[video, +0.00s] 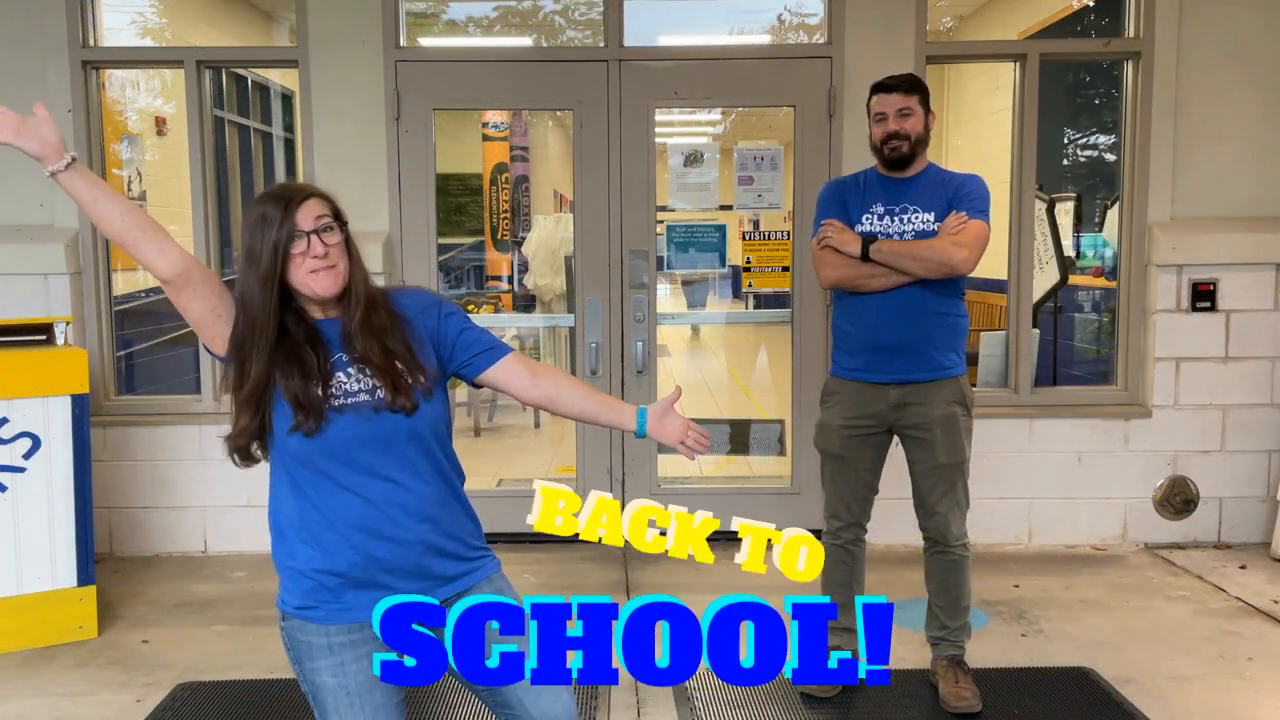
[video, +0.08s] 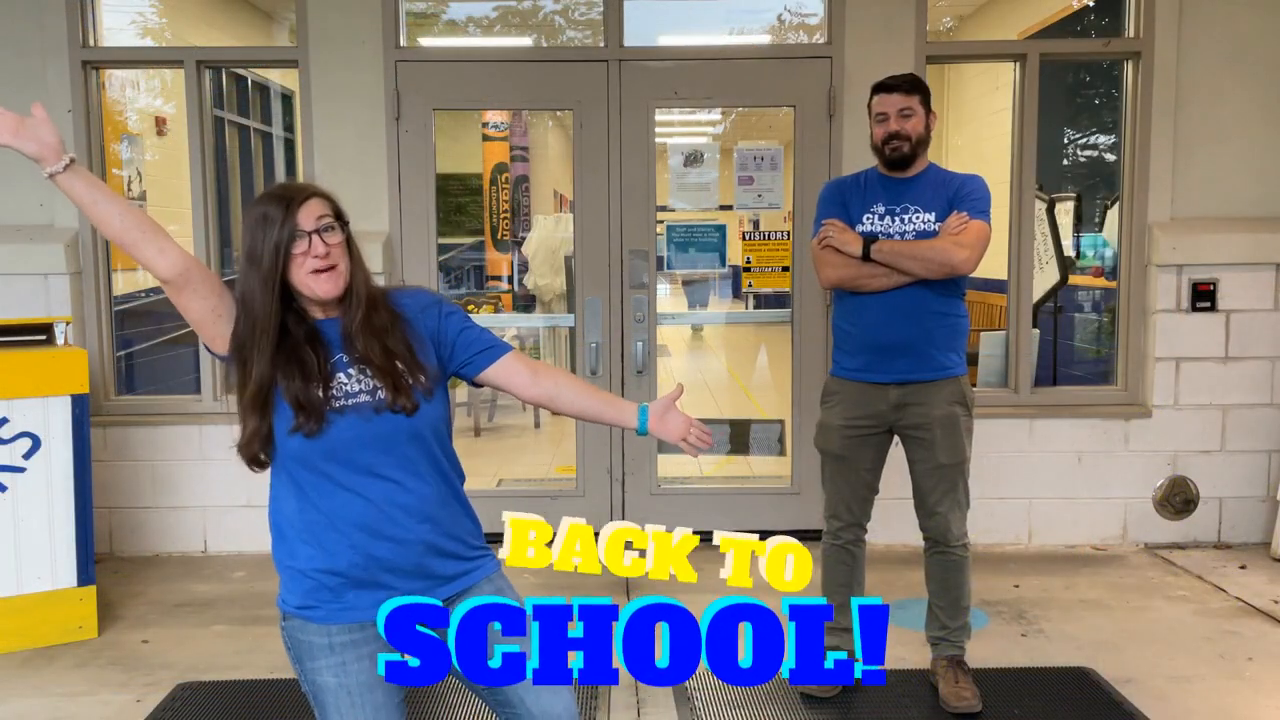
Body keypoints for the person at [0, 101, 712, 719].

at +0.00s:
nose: (319, 246)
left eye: (327, 230)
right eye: (299, 239)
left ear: (348, 238)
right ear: (271, 260)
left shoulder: (416, 314)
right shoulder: (262, 339)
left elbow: (527, 377)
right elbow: (170, 264)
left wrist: (645, 419)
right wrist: (64, 165)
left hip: (461, 579)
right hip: (337, 601)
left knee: (553, 699)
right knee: (366, 711)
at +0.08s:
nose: (320, 246)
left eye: (328, 229)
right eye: (299, 240)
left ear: (349, 237)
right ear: (272, 261)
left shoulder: (417, 314)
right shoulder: (264, 338)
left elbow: (529, 377)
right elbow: (170, 264)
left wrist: (647, 417)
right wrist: (61, 165)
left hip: (462, 578)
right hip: (338, 602)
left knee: (554, 697)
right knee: (366, 711)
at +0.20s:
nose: (323, 244)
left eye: (331, 227)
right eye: (302, 238)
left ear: (354, 235)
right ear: (277, 260)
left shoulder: (421, 317)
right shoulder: (266, 335)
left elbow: (531, 379)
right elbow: (158, 260)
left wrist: (652, 410)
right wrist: (39, 168)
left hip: (458, 587)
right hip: (337, 609)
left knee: (556, 699)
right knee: (366, 716)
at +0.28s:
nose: (326, 241)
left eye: (334, 225)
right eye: (306, 234)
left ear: (358, 233)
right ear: (284, 257)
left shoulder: (422, 322)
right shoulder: (270, 326)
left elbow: (529, 379)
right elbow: (151, 260)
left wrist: (648, 402)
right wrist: (26, 186)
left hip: (451, 594)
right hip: (334, 610)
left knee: (553, 695)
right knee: (367, 715)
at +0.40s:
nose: (319, 249)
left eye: (330, 230)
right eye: (301, 243)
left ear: (364, 238)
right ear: (289, 265)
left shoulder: (424, 334)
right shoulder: (282, 329)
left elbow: (530, 387)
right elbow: (152, 269)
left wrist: (648, 392)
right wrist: (18, 217)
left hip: (436, 597)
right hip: (330, 609)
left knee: (553, 689)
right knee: (376, 716)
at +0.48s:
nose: (320, 255)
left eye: (332, 236)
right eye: (304, 247)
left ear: (366, 243)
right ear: (291, 266)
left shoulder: (426, 339)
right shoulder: (282, 332)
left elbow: (538, 390)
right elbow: (154, 273)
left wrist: (649, 397)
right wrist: (18, 218)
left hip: (436, 595)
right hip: (331, 606)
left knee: (555, 686)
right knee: (381, 714)